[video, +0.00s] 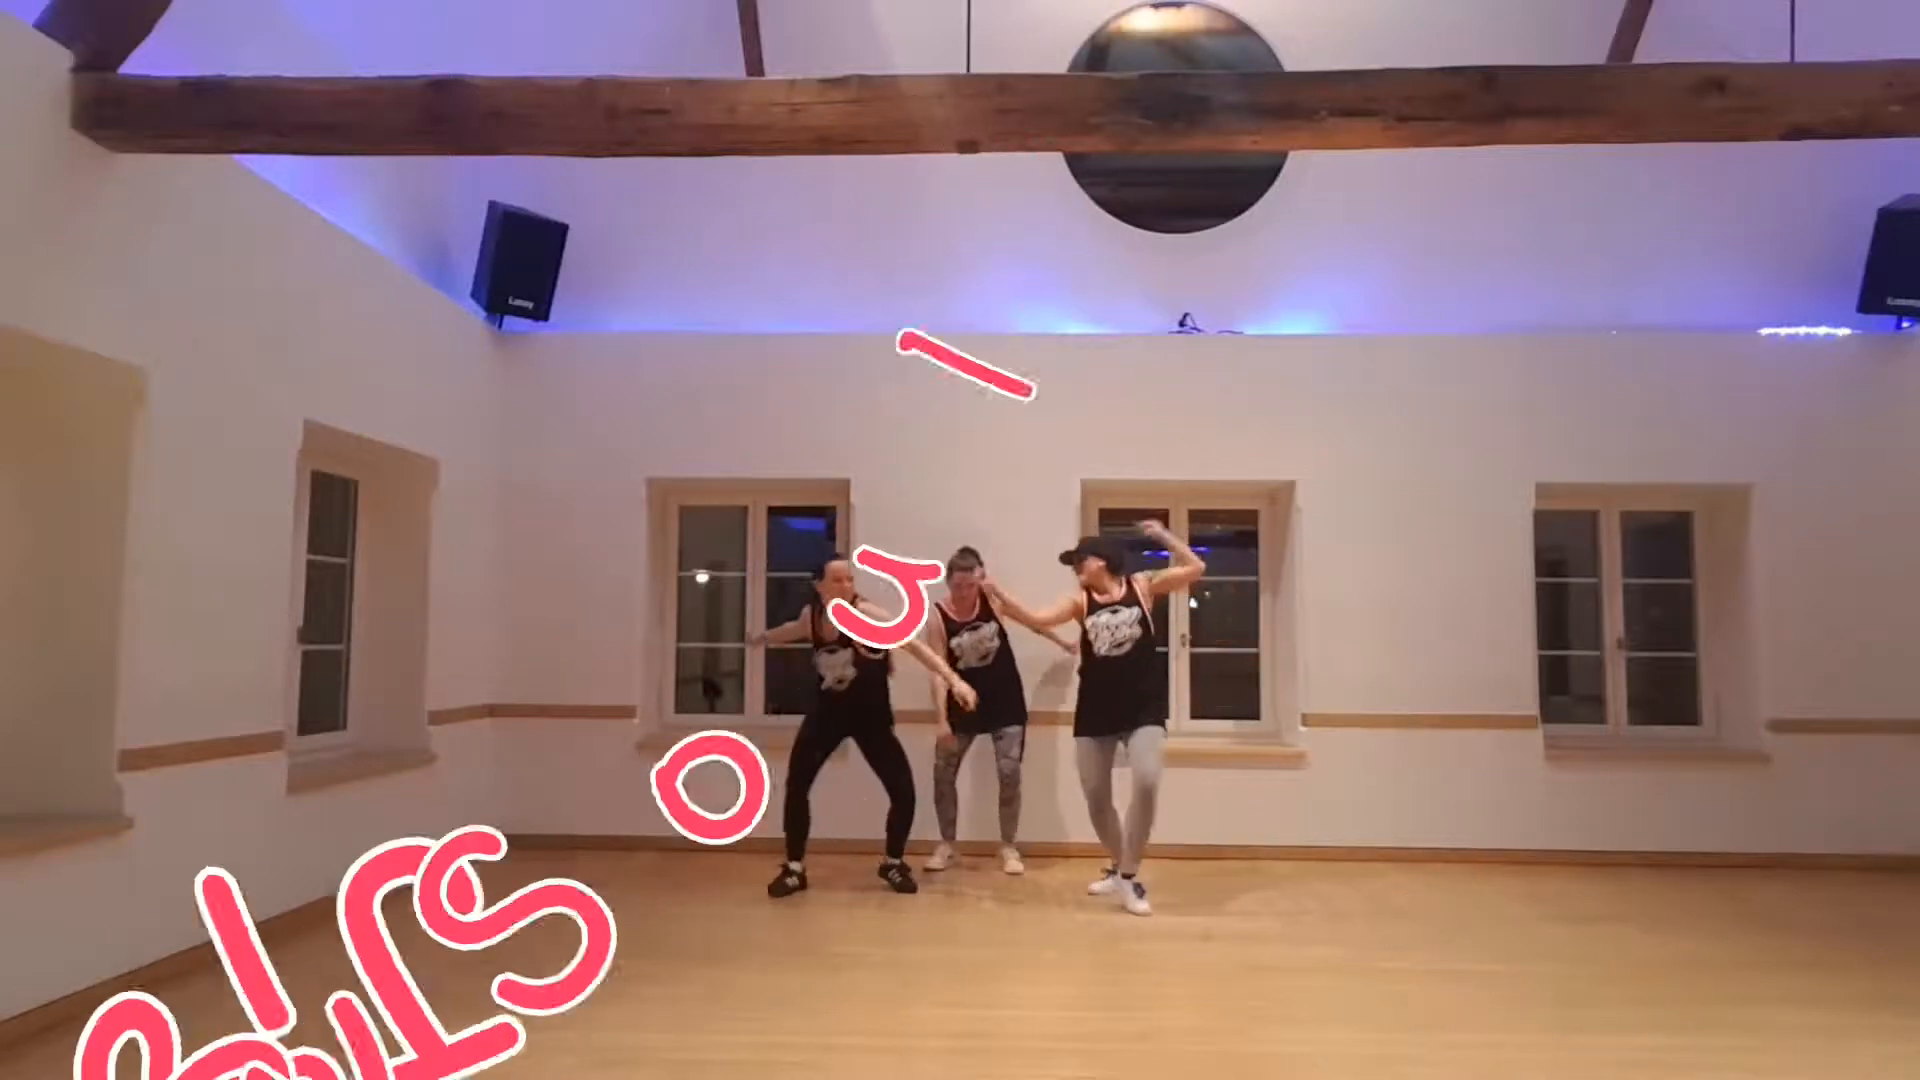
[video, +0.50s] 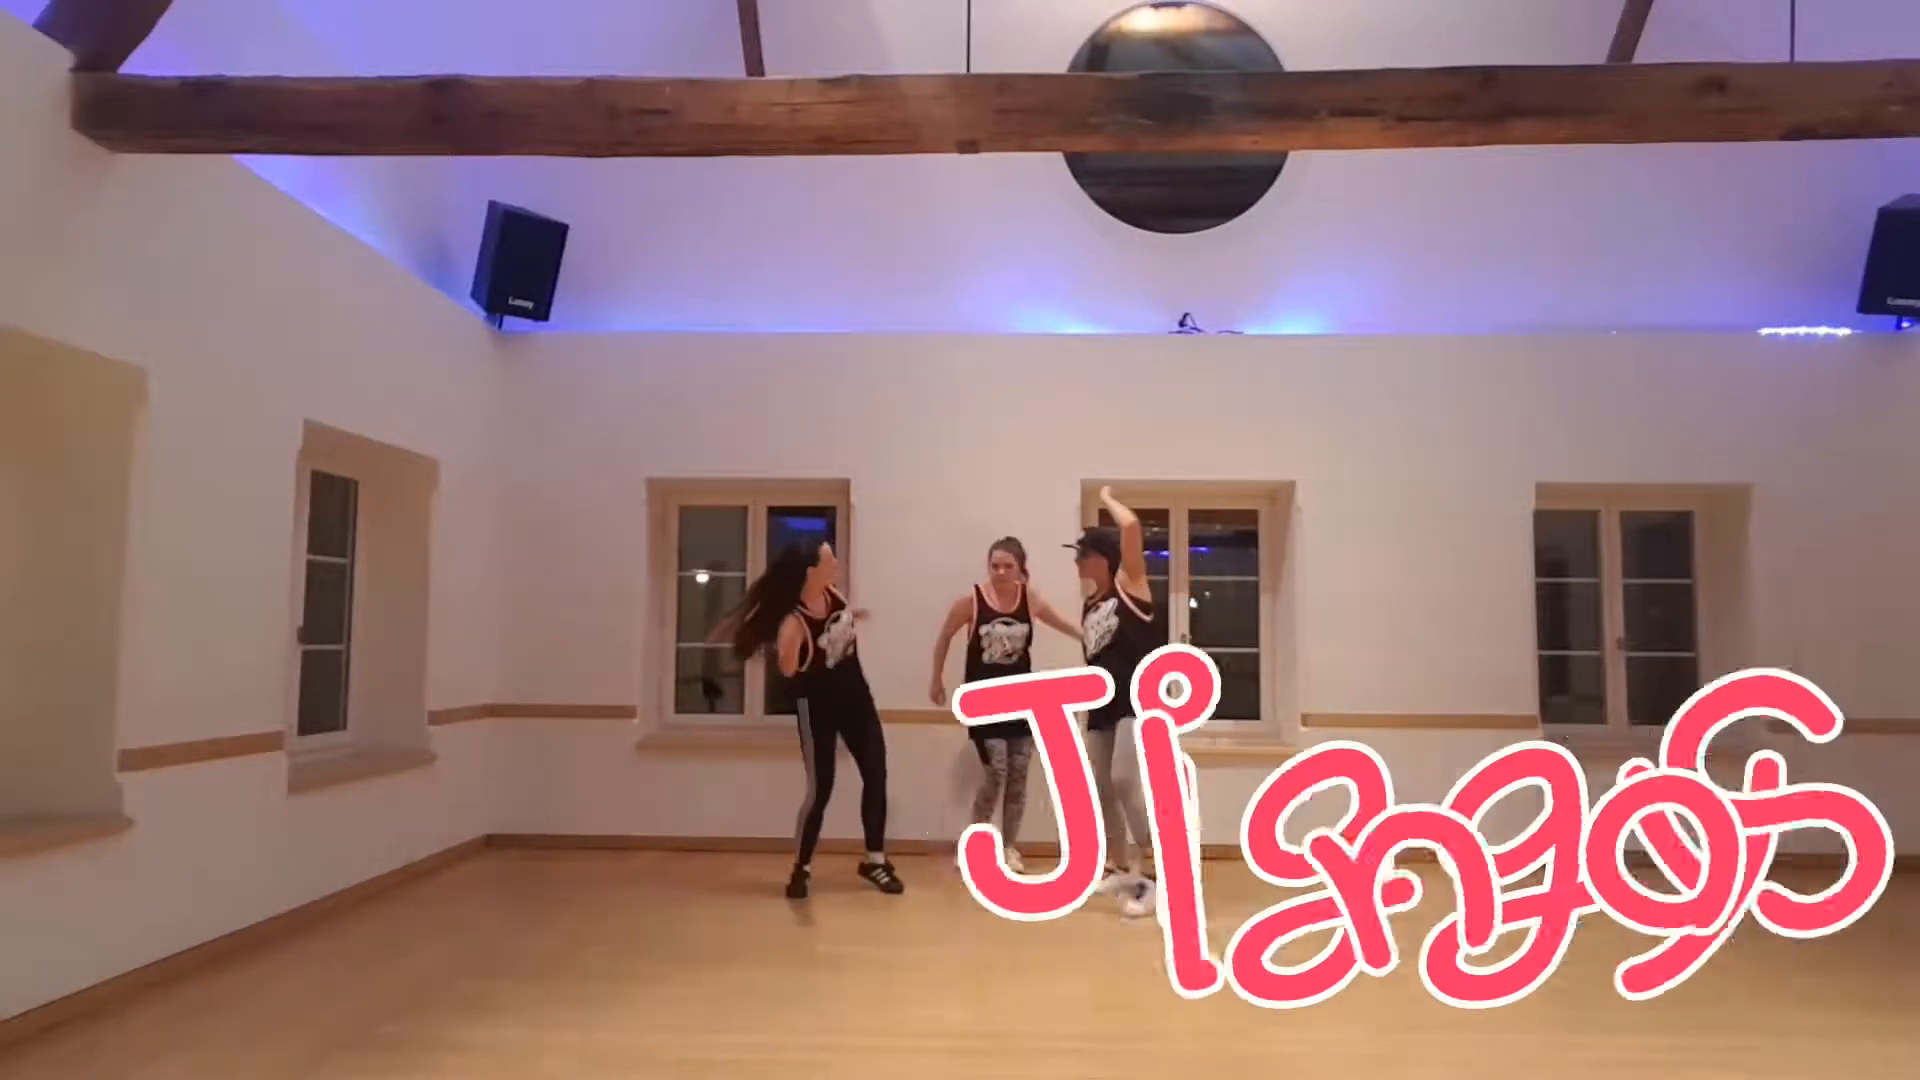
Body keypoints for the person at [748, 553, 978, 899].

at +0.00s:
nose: (844, 586)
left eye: (849, 579)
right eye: (837, 579)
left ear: (855, 583)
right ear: (820, 585)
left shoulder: (870, 614)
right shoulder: (812, 617)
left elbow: (913, 646)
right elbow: (794, 631)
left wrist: (954, 680)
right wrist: (763, 638)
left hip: (870, 719)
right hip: (826, 719)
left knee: (904, 793)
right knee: (796, 786)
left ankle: (893, 863)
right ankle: (794, 868)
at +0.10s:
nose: (838, 581)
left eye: (839, 575)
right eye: (829, 577)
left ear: (845, 581)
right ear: (808, 586)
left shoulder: (859, 614)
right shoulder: (795, 623)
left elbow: (904, 649)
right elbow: (776, 650)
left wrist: (941, 683)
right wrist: (747, 667)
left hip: (862, 717)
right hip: (817, 718)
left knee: (899, 790)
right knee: (788, 788)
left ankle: (897, 861)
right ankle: (795, 867)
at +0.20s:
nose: (835, 569)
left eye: (831, 563)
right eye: (826, 565)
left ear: (824, 575)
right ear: (804, 578)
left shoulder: (853, 603)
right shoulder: (785, 622)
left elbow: (890, 649)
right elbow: (766, 669)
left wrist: (917, 690)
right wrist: (745, 709)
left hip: (860, 710)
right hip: (814, 715)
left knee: (891, 787)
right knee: (795, 790)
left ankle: (897, 860)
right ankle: (796, 865)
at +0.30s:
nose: (827, 549)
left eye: (823, 545)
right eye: (819, 548)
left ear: (817, 569)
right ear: (803, 569)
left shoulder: (844, 590)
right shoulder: (784, 616)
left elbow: (868, 627)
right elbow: (773, 668)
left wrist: (886, 663)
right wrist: (759, 712)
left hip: (859, 701)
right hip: (815, 706)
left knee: (882, 781)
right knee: (802, 784)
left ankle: (893, 857)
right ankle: (796, 868)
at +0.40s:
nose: (831, 557)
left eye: (827, 552)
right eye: (824, 554)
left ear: (818, 568)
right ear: (806, 569)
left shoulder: (832, 589)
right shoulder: (787, 618)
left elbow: (851, 615)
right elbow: (777, 660)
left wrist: (873, 638)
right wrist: (775, 693)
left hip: (858, 697)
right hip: (818, 704)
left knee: (879, 777)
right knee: (809, 787)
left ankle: (884, 857)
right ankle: (799, 864)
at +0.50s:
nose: (835, 559)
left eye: (830, 553)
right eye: (829, 556)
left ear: (815, 571)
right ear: (812, 571)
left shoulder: (831, 594)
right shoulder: (794, 623)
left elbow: (839, 619)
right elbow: (788, 673)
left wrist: (852, 619)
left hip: (854, 695)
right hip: (817, 704)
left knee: (876, 775)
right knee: (820, 787)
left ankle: (875, 860)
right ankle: (801, 868)